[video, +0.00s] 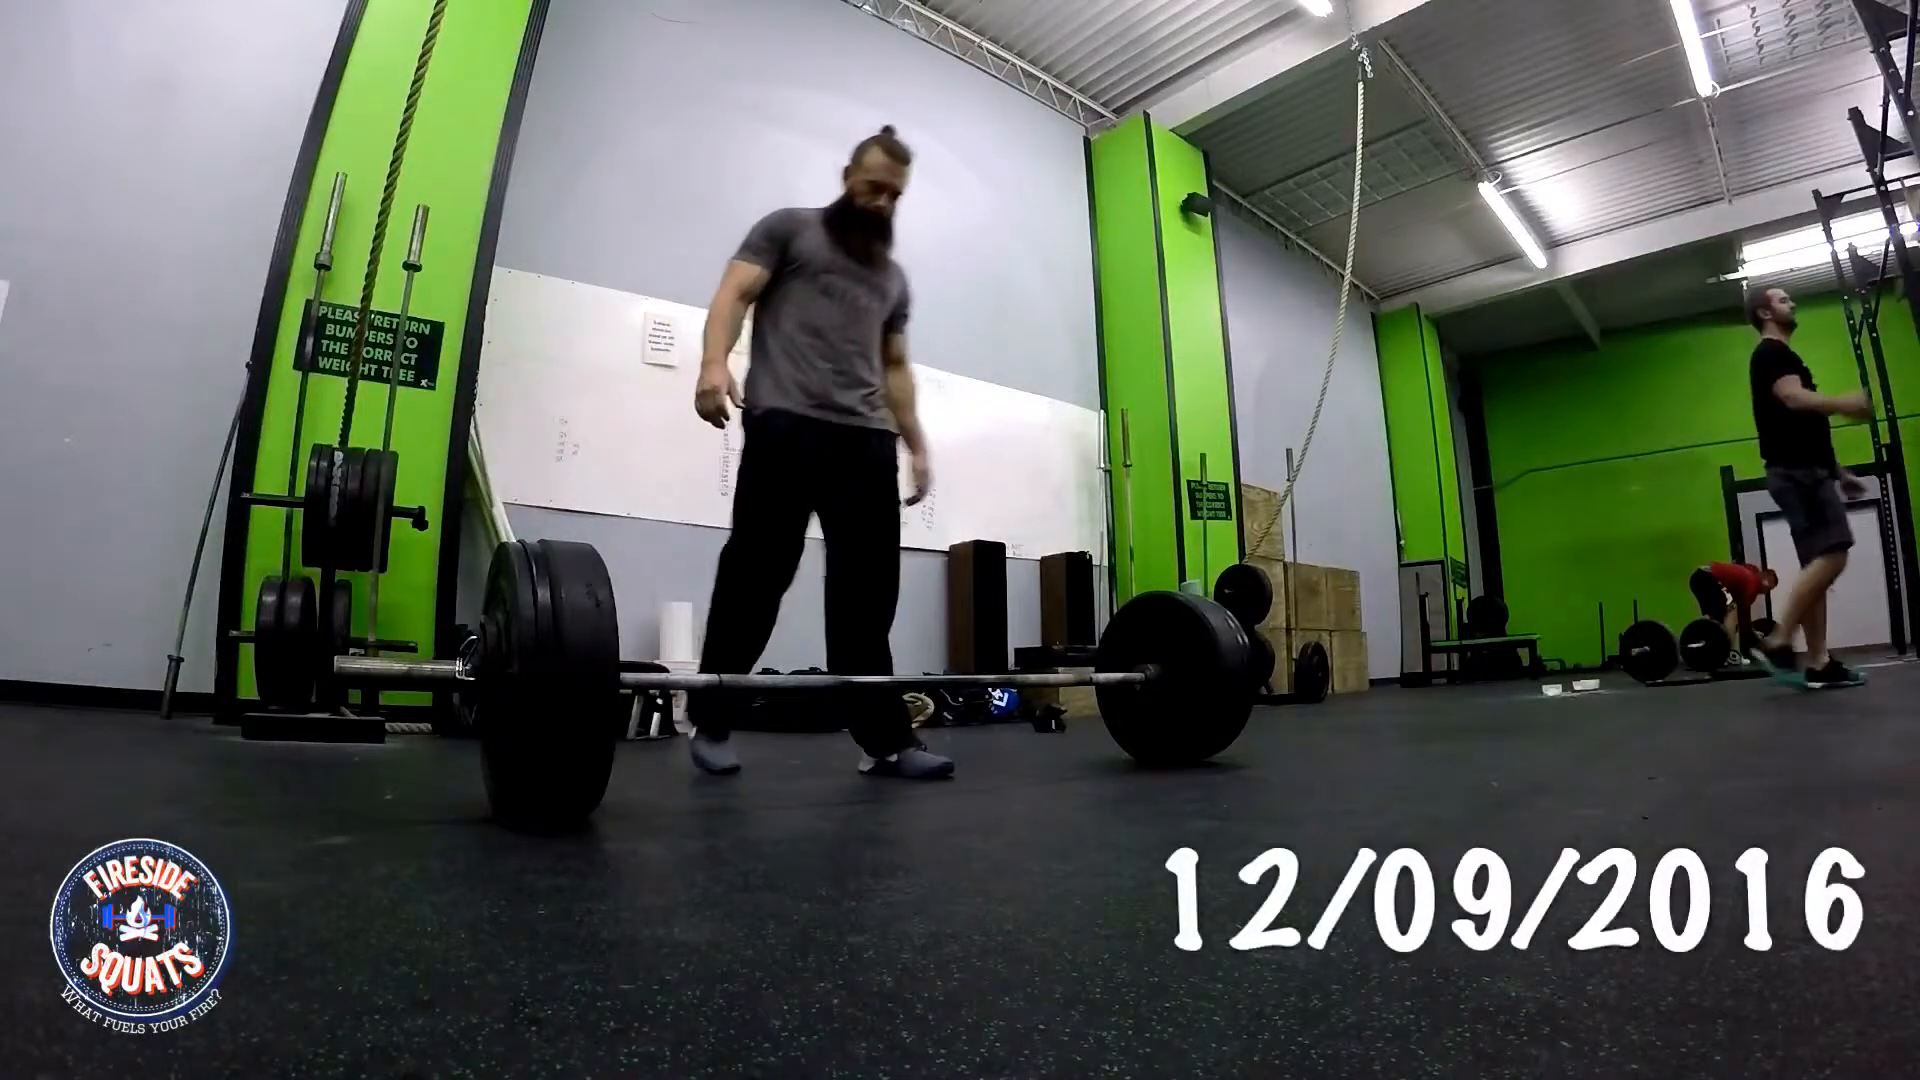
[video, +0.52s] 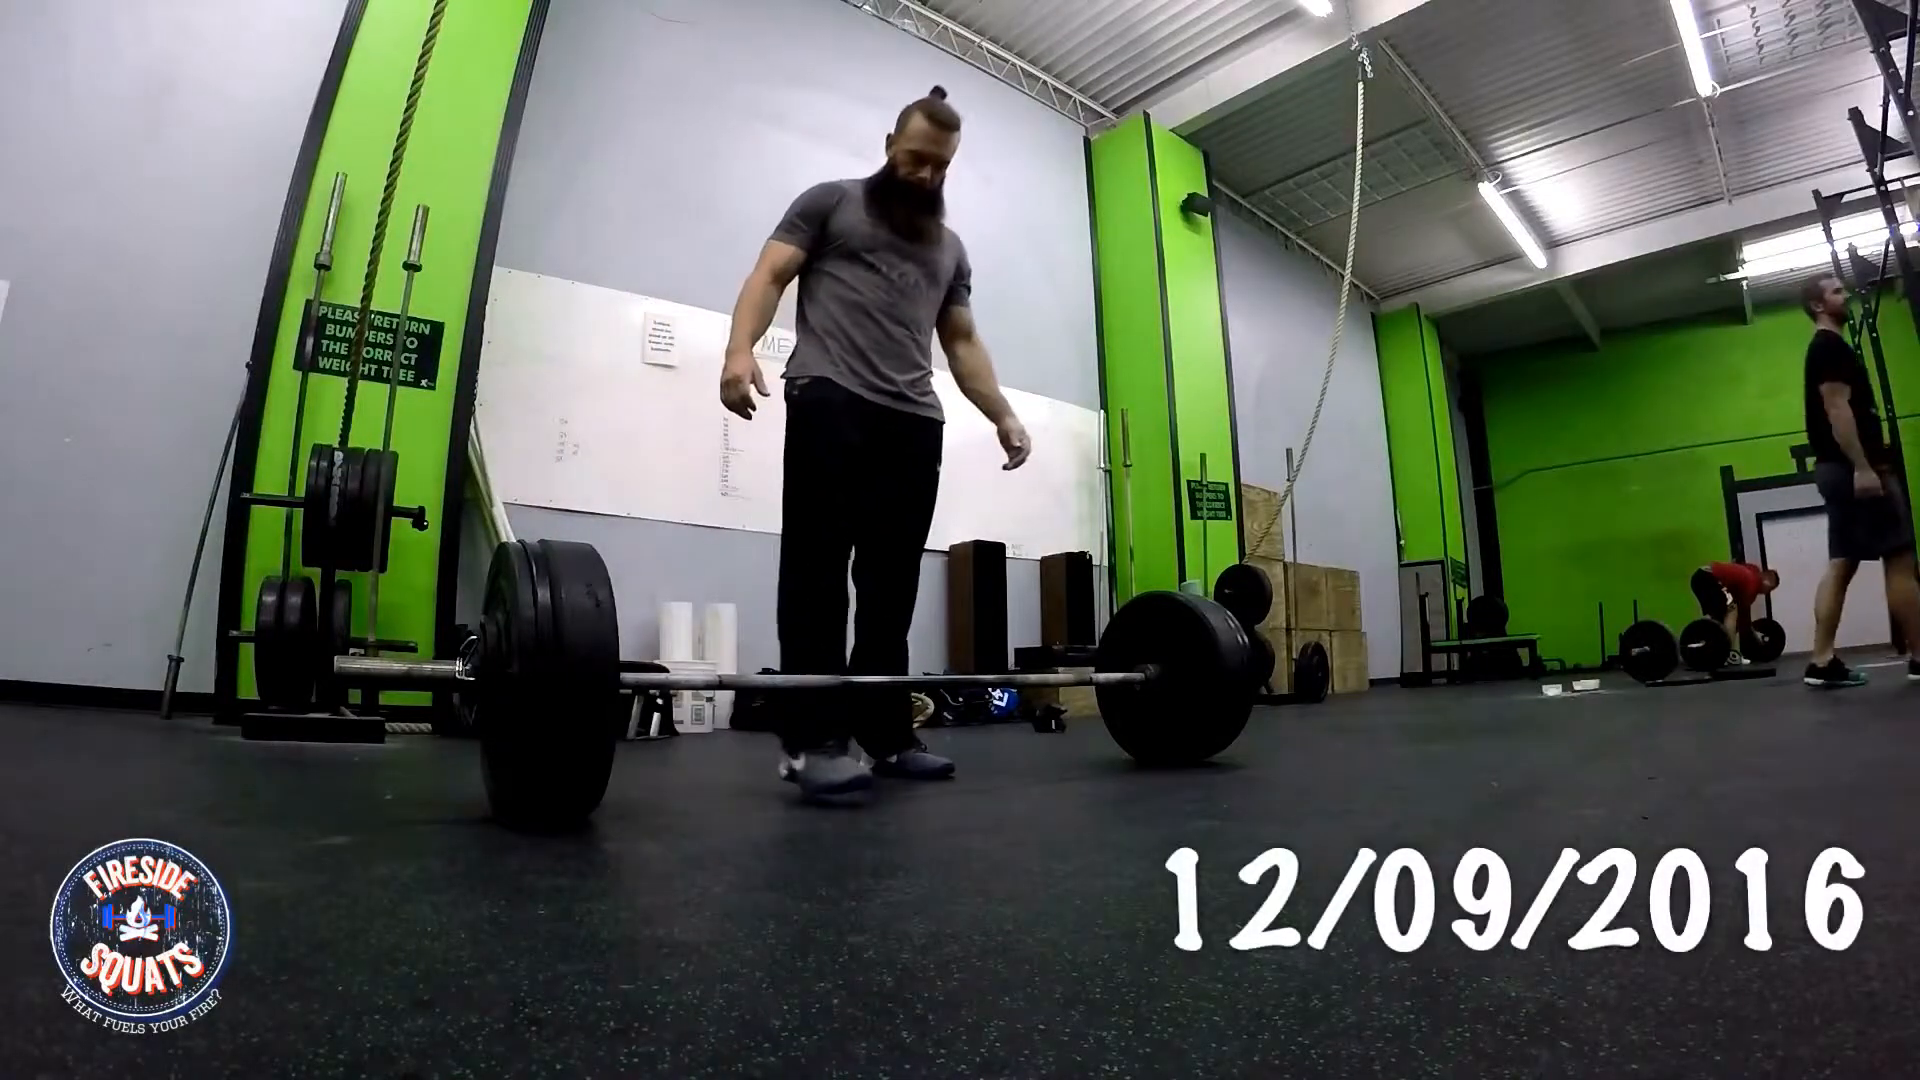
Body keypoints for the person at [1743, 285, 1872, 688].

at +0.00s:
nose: (1790, 302)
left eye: (1788, 298)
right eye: (1782, 299)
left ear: (1775, 313)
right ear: (1765, 313)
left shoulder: (1785, 357)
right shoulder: (1771, 352)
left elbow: (1803, 427)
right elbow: (1792, 397)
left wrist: (1838, 473)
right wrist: (1844, 403)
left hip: (1804, 472)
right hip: (1796, 473)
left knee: (1816, 566)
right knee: (1833, 555)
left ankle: (1819, 662)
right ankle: (1778, 641)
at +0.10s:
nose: (1799, 303)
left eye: (1797, 298)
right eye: (1790, 300)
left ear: (1788, 312)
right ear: (1773, 313)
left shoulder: (1794, 356)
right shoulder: (1778, 351)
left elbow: (1816, 429)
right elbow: (1802, 392)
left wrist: (1853, 469)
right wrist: (1854, 388)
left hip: (1807, 472)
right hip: (1807, 472)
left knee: (1815, 566)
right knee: (1846, 555)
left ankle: (1819, 662)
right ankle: (1824, 659)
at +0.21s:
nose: (1809, 302)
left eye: (1807, 297)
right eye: (1801, 299)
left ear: (1792, 311)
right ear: (1783, 311)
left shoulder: (1801, 356)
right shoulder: (1787, 351)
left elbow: (1822, 433)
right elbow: (1812, 393)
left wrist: (1866, 466)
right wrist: (1865, 391)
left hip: (1813, 473)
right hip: (1817, 472)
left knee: (1821, 568)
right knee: (1857, 556)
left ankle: (1819, 664)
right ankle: (1867, 658)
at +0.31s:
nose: (1819, 302)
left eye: (1818, 296)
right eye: (1811, 297)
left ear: (1804, 310)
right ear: (1792, 311)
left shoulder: (1809, 353)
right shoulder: (1799, 350)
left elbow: (1828, 430)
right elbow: (1821, 398)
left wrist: (1870, 465)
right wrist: (1869, 415)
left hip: (1821, 472)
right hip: (1827, 472)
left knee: (1825, 565)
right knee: (1873, 554)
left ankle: (1819, 663)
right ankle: (1900, 653)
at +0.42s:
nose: (1830, 300)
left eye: (1829, 294)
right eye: (1821, 296)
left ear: (1818, 308)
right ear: (1804, 309)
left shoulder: (1813, 349)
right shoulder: (1815, 349)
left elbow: (1833, 410)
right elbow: (1829, 403)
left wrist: (1868, 445)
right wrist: (1867, 449)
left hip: (1824, 467)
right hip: (1840, 466)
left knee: (1831, 563)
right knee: (1890, 553)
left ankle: (1820, 662)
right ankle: (1914, 651)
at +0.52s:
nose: (1846, 295)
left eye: (1843, 289)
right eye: (1837, 291)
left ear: (1824, 305)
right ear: (1818, 305)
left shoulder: (1827, 345)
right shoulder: (1830, 346)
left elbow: (1840, 410)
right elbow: (1837, 408)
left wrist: (1868, 458)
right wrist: (1862, 467)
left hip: (1839, 468)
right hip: (1861, 468)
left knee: (1841, 564)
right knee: (1901, 560)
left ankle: (1822, 660)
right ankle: (1916, 654)